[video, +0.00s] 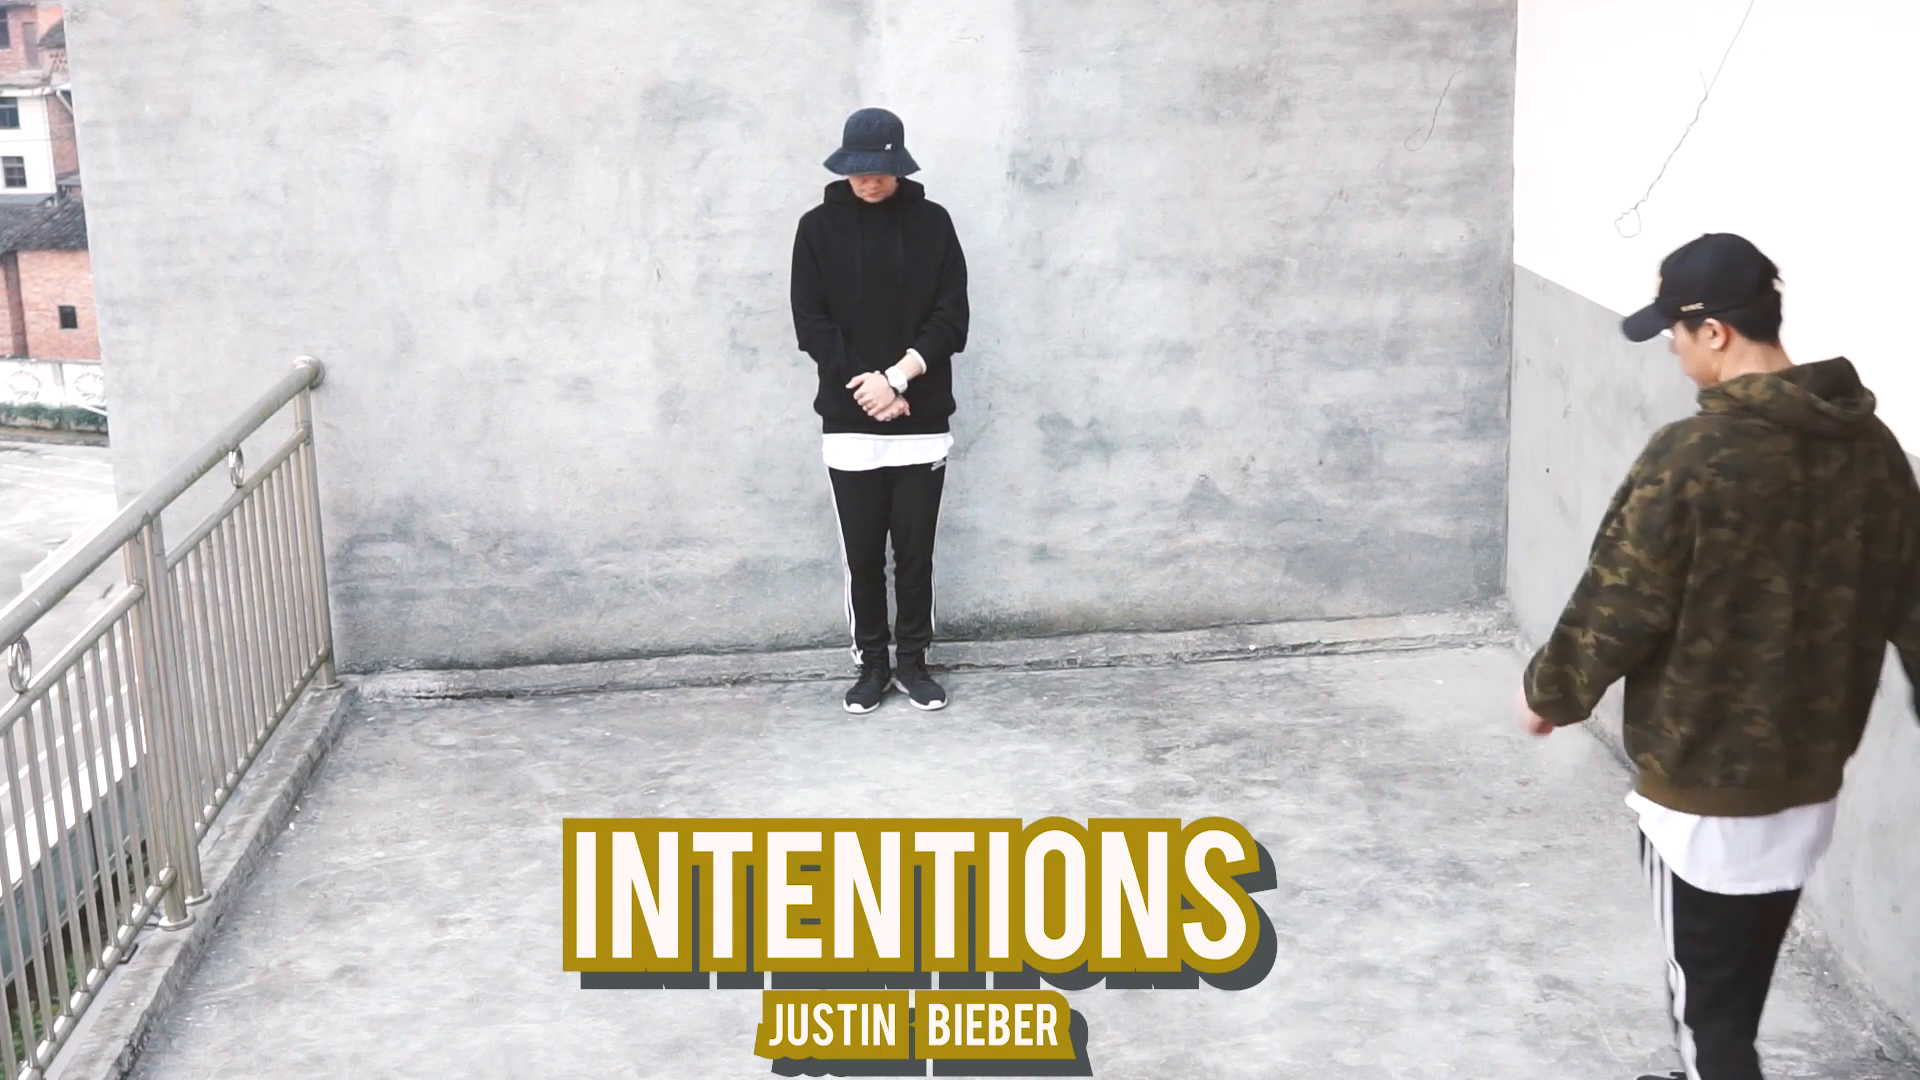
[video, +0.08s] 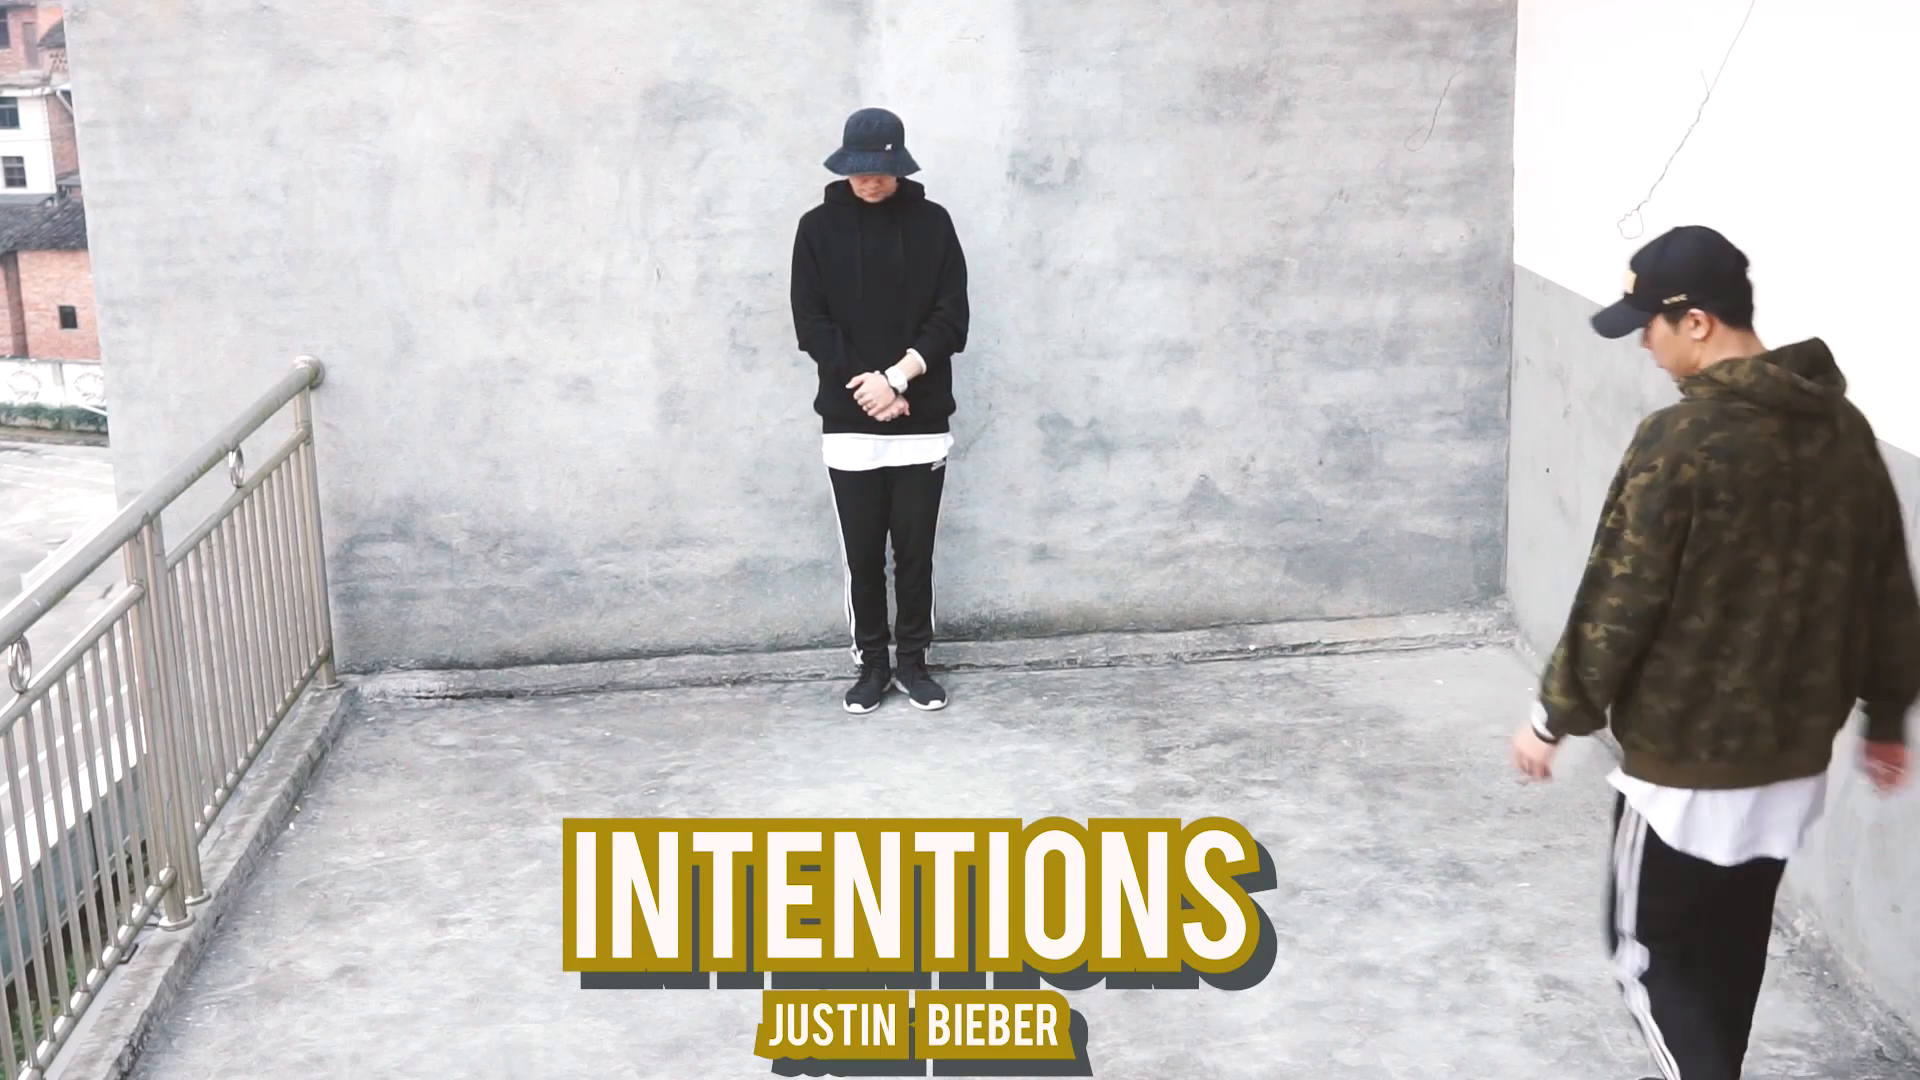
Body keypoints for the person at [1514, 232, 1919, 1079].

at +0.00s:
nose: (1674, 354)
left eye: (1674, 334)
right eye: (1670, 337)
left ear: (1713, 331)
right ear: (1759, 319)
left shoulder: (1693, 454)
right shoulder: (1879, 454)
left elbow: (1621, 605)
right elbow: (1913, 611)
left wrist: (1551, 693)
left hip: (1705, 780)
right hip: (1814, 771)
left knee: (1715, 1019)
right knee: (1740, 999)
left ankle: (1722, 1066)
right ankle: (1714, 1058)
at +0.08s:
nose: (1645, 349)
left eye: (1647, 330)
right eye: (1641, 332)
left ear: (1693, 321)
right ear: (1729, 315)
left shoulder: (1679, 440)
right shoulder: (1845, 431)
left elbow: (1620, 604)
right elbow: (1890, 580)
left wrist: (1550, 720)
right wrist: (1888, 714)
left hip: (1683, 755)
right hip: (1793, 752)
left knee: (1650, 957)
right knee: (1737, 953)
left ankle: (1706, 1071)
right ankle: (1715, 1073)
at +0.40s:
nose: (1567, 341)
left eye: (1578, 324)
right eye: (1564, 325)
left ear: (1640, 311)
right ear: (1639, 311)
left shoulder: (1657, 412)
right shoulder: (1683, 380)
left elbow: (1690, 587)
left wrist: (1715, 753)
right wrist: (1567, 549)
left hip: (1626, 717)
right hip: (1671, 710)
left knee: (1557, 885)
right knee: (1679, 902)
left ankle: (1564, 1048)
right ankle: (1701, 1063)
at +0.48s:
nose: (1553, 347)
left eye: (1566, 331)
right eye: (1549, 331)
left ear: (1627, 316)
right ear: (1619, 317)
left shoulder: (1647, 416)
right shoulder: (1631, 386)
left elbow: (1687, 585)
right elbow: (1575, 476)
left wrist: (1717, 749)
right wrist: (1504, 530)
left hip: (1624, 712)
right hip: (1632, 703)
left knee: (1563, 888)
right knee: (1641, 886)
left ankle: (1565, 1054)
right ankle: (1697, 1056)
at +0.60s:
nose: (1549, 356)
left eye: (1565, 339)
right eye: (1539, 339)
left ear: (1619, 317)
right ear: (1531, 317)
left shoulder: (1655, 427)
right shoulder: (1571, 386)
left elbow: (1678, 591)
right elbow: (1518, 486)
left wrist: (1676, 747)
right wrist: (1423, 531)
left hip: (1621, 714)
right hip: (1560, 686)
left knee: (1569, 898)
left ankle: (1563, 1051)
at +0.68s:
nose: (1548, 351)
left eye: (1566, 334)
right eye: (1537, 333)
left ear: (1617, 312)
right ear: (1524, 312)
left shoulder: (1660, 424)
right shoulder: (1539, 383)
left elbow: (1669, 590)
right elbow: (1481, 492)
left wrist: (1639, 736)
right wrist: (1386, 550)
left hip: (1613, 710)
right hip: (1535, 682)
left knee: (1578, 896)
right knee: (1492, 825)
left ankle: (1565, 1048)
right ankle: (1619, 968)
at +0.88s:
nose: (1563, 341)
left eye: (1582, 325)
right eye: (1547, 322)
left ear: (1609, 312)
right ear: (1520, 302)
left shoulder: (1654, 406)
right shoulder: (1481, 383)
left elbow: (1652, 567)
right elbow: (1419, 504)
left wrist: (1570, 677)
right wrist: (1349, 610)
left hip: (1608, 695)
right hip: (1498, 681)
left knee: (1582, 884)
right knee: (1476, 862)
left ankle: (1565, 1040)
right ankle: (1457, 1000)